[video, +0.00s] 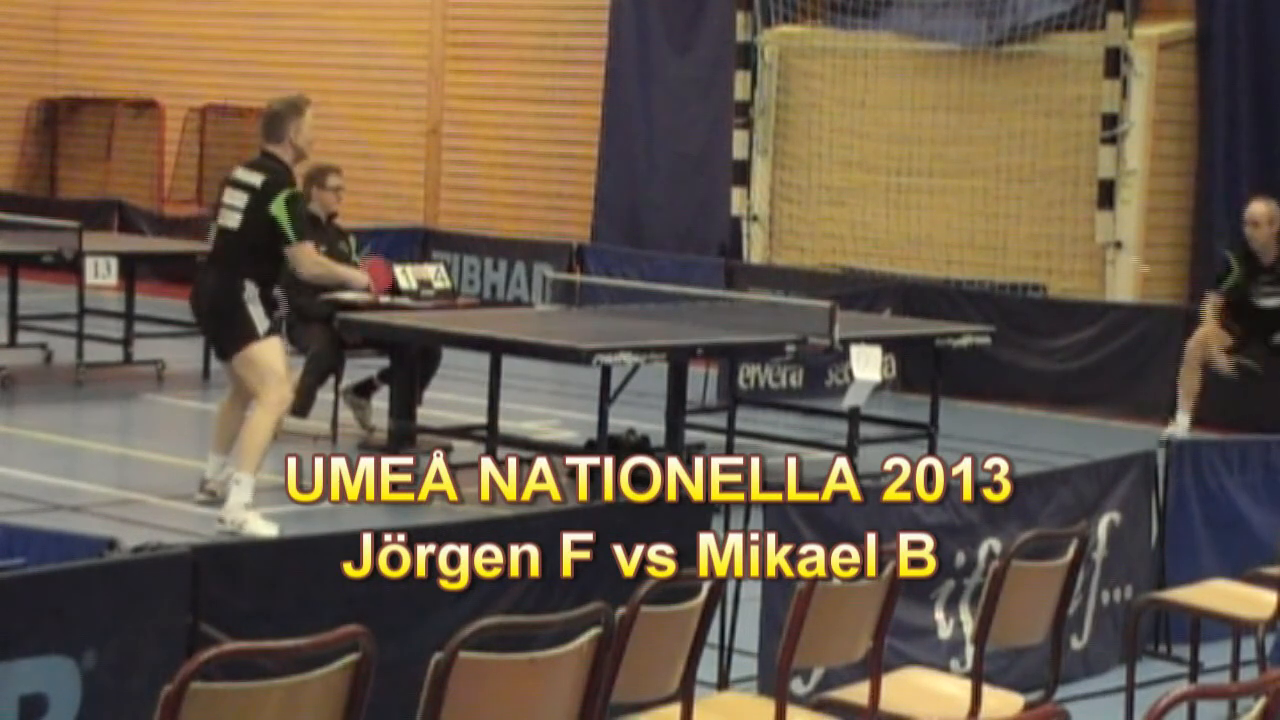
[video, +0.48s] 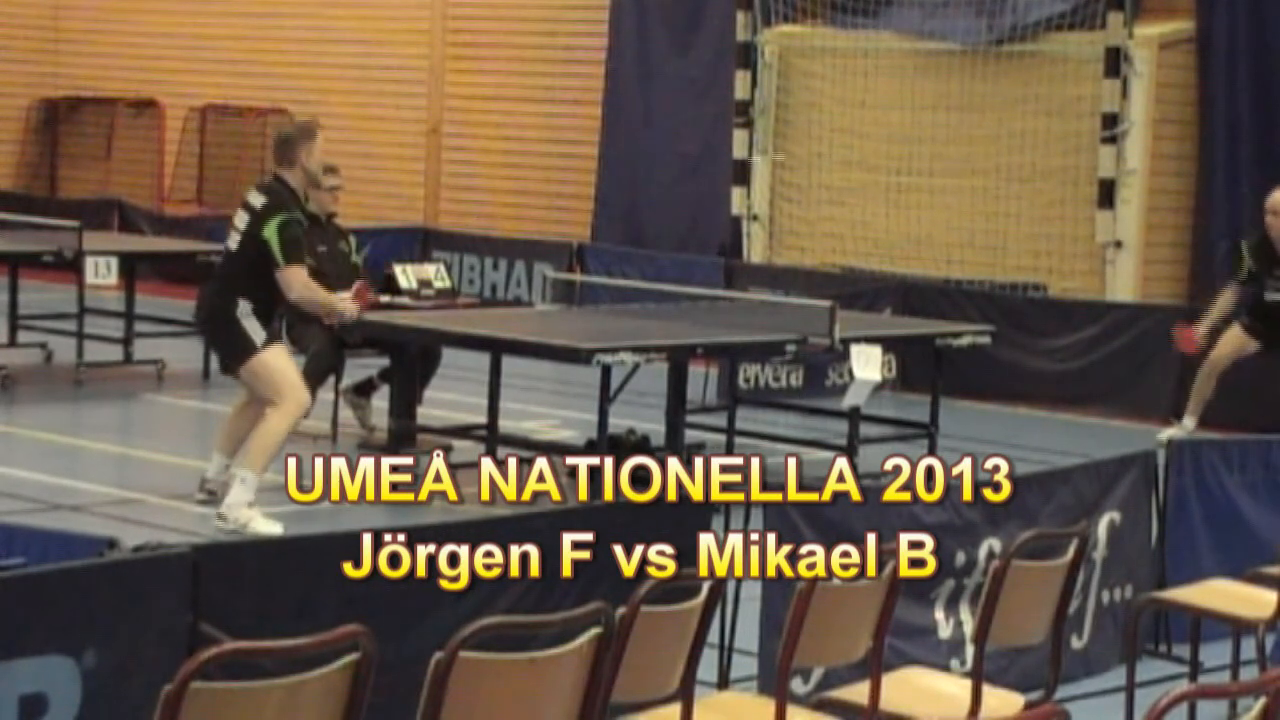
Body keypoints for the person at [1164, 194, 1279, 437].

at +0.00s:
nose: (1249, 231)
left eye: (1256, 224)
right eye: (1247, 224)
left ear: (1275, 227)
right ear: (1242, 226)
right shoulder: (1241, 264)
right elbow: (1210, 305)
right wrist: (1217, 350)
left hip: (1275, 332)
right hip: (1246, 328)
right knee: (1196, 344)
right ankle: (1182, 421)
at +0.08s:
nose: (1242, 229)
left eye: (1249, 223)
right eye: (1239, 222)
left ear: (1268, 224)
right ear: (1235, 224)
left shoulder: (1275, 258)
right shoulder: (1230, 256)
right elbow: (1195, 288)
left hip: (1270, 328)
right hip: (1233, 325)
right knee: (1188, 342)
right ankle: (1181, 423)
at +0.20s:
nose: (1235, 225)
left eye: (1242, 218)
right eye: (1233, 218)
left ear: (1260, 222)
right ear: (1228, 221)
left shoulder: (1273, 254)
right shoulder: (1220, 250)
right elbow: (1194, 259)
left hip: (1270, 322)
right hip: (1232, 318)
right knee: (1189, 350)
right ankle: (1181, 423)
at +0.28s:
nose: (1241, 219)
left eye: (1249, 212)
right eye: (1239, 212)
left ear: (1268, 216)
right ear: (1235, 214)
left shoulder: (1276, 252)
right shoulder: (1227, 247)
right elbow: (1186, 260)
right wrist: (1147, 262)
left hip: (1272, 322)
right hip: (1235, 318)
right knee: (1193, 354)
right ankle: (1181, 424)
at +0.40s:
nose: (1260, 217)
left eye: (1268, 211)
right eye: (1259, 209)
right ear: (1255, 212)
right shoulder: (1246, 247)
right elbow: (1212, 279)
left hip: (1275, 322)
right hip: (1250, 319)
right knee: (1207, 358)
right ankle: (1185, 422)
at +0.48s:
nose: (1270, 220)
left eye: (1275, 214)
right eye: (1268, 213)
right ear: (1264, 215)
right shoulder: (1258, 249)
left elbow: (1234, 289)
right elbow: (1234, 289)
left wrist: (1203, 327)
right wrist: (1203, 328)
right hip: (1263, 319)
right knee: (1216, 358)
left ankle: (1187, 422)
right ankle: (1188, 423)